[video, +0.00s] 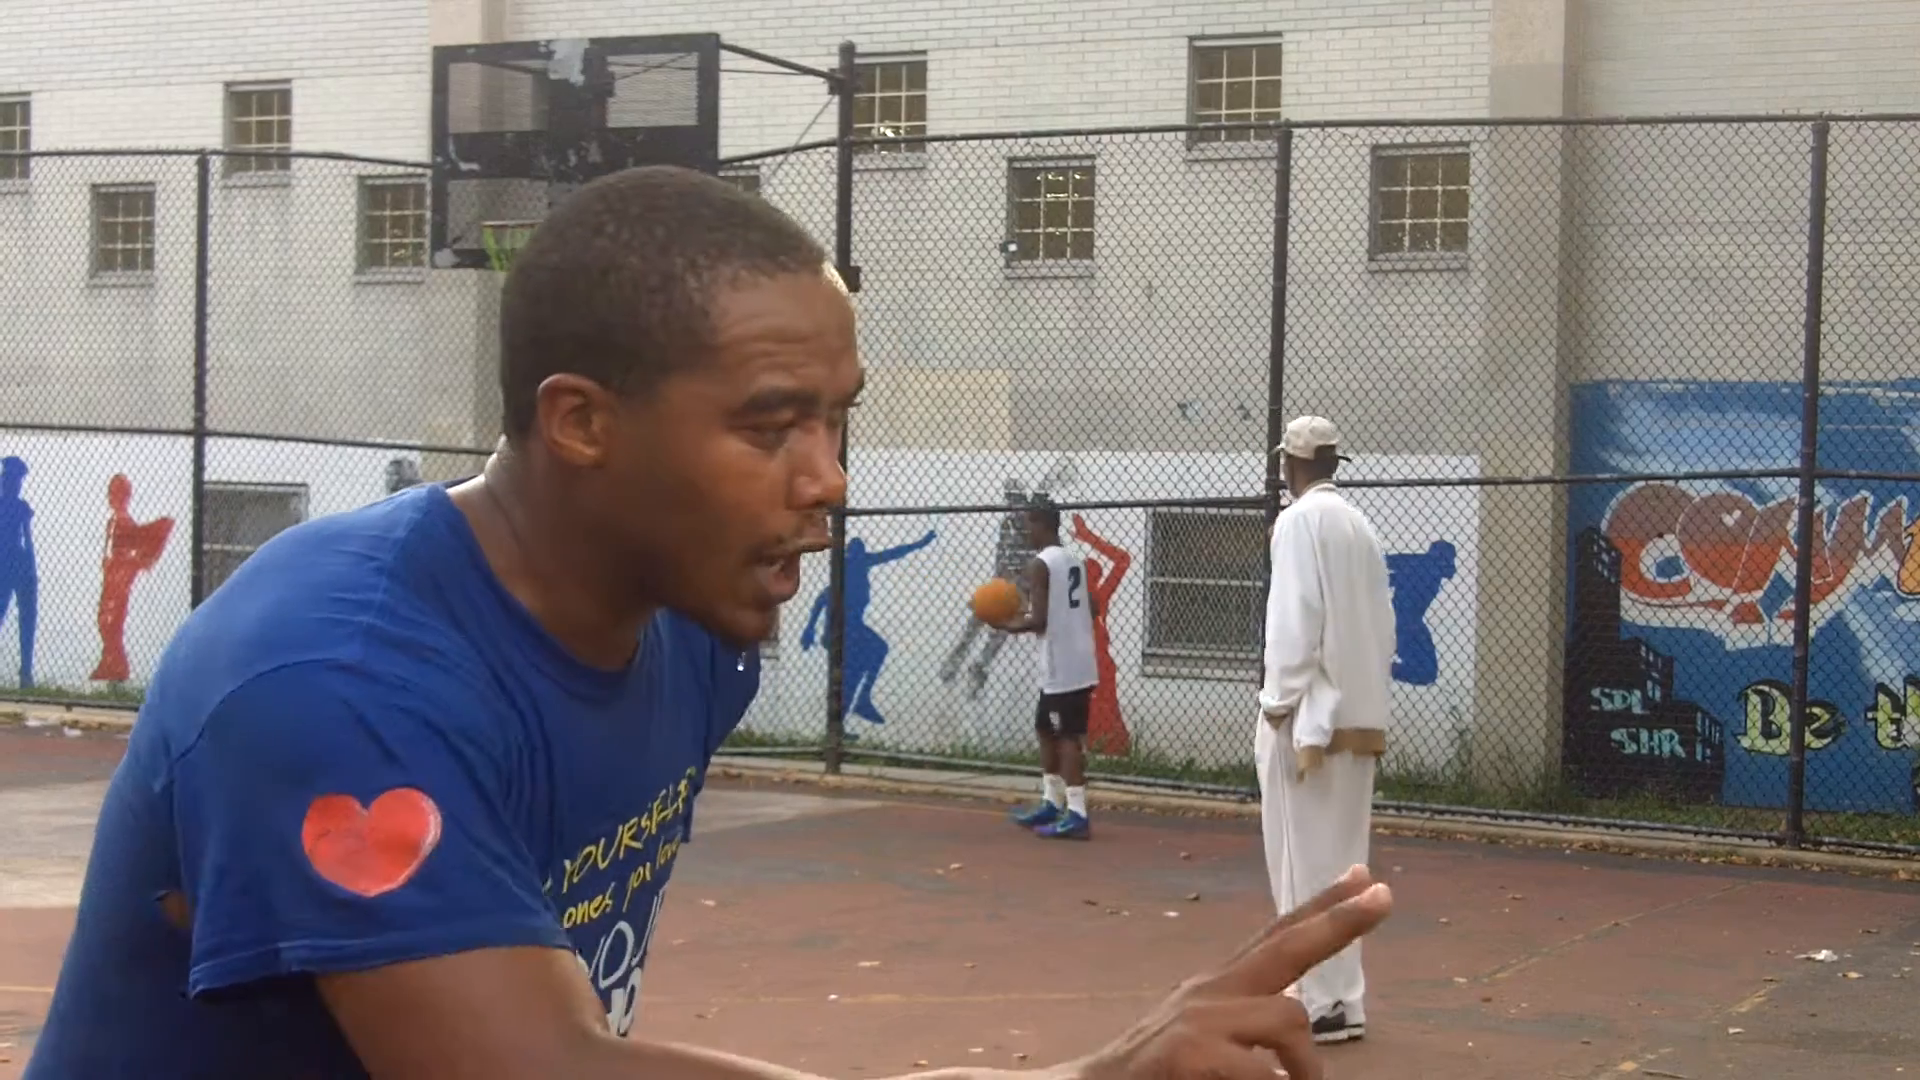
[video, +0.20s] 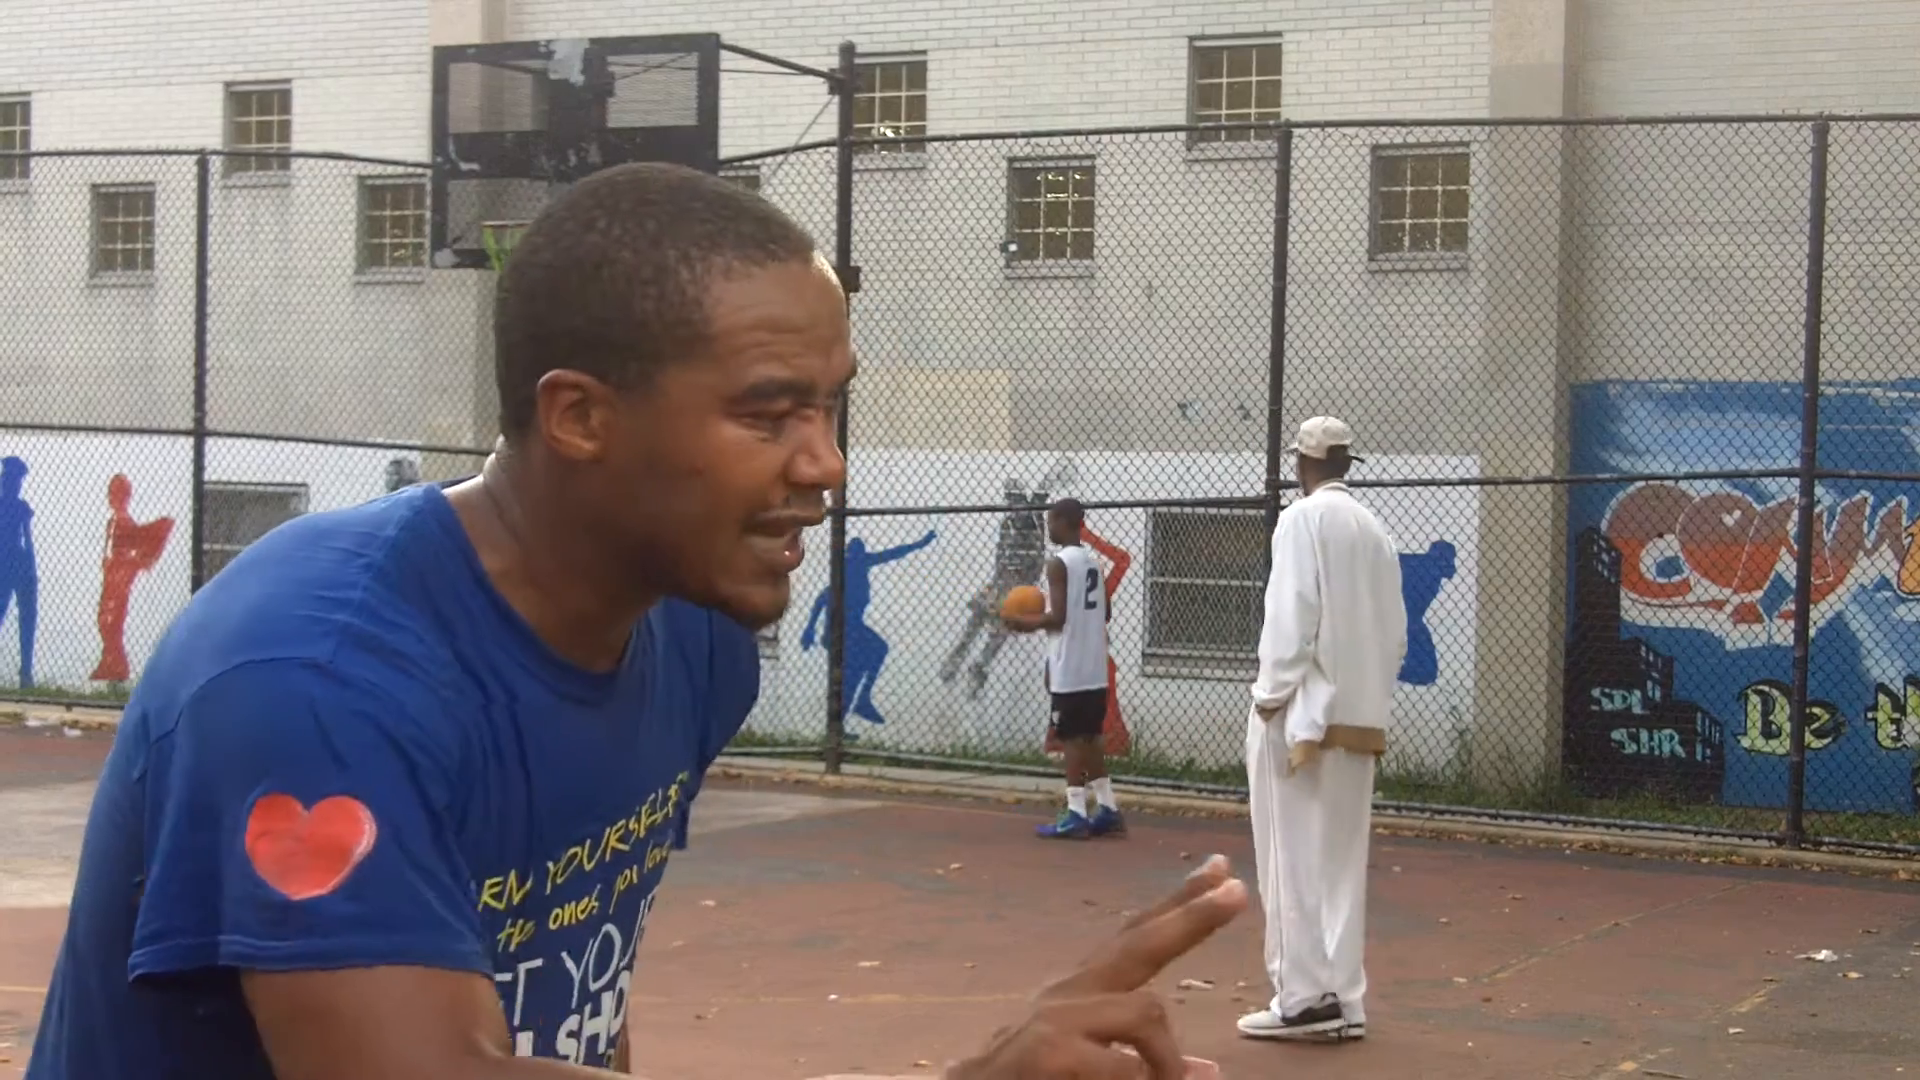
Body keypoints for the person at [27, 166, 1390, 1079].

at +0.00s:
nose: (832, 488)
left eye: (839, 424)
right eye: (775, 425)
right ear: (577, 428)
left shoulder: (697, 625)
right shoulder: (328, 686)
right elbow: (544, 1055)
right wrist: (1098, 1070)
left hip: (479, 1048)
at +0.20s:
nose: (825, 469)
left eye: (831, 412)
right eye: (769, 411)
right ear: (575, 418)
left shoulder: (700, 640)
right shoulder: (307, 681)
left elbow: (556, 981)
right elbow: (428, 1067)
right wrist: (971, 1075)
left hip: (537, 1043)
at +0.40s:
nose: (738, 471)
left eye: (771, 412)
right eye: (673, 405)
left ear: (798, 413)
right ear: (508, 399)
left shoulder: (686, 633)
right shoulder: (266, 687)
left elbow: (576, 952)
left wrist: (614, 1069)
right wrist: (934, 1066)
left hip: (544, 1055)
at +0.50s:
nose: (677, 486)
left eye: (727, 425)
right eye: (612, 415)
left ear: (755, 427)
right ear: (467, 393)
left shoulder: (685, 632)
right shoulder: (246, 698)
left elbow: (572, 989)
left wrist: (597, 1065)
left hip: (534, 1053)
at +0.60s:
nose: (652, 552)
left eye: (709, 484)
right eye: (593, 471)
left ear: (744, 470)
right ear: (450, 431)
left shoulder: (670, 650)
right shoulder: (210, 736)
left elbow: (544, 983)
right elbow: (162, 1050)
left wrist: (579, 1070)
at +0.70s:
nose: (629, 652)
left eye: (687, 583)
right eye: (567, 571)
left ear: (725, 550)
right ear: (428, 498)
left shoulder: (664, 684)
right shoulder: (163, 796)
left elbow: (538, 989)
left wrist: (548, 1064)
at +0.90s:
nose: (613, 768)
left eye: (664, 694)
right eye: (545, 697)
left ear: (696, 642)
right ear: (382, 607)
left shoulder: (611, 756)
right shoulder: (105, 899)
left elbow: (478, 1013)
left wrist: (479, 1069)